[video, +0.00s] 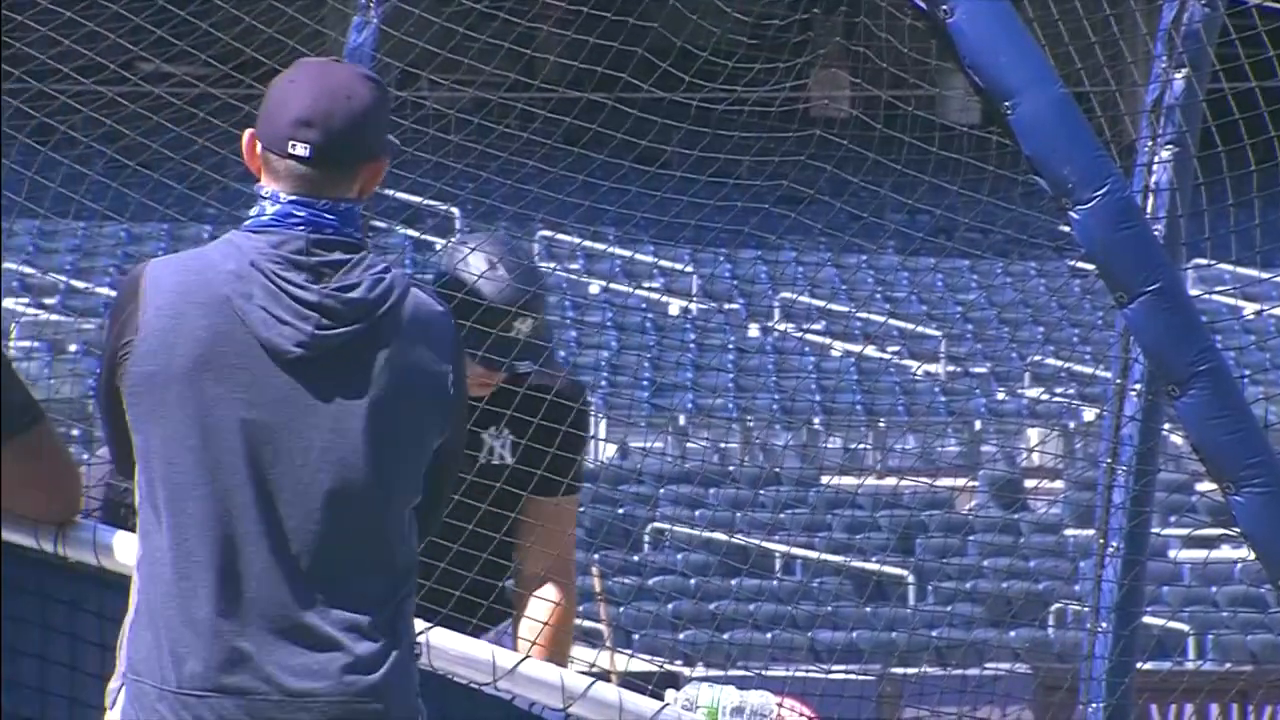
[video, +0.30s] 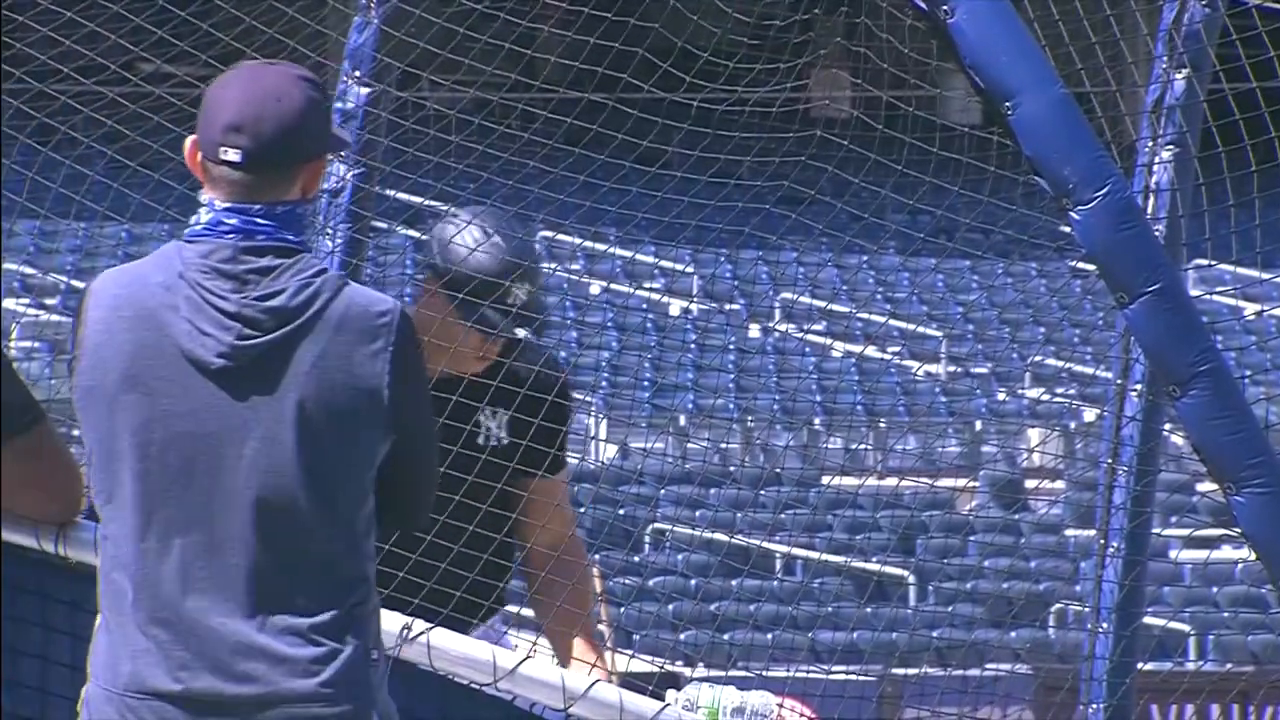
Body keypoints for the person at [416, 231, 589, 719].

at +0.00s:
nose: (495, 369)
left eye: (514, 355)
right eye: (480, 349)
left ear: (534, 341)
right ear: (433, 323)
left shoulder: (552, 405)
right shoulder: (384, 370)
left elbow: (546, 573)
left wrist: (533, 697)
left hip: (470, 645)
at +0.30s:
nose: (496, 345)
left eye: (510, 329)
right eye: (482, 324)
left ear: (525, 317)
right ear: (429, 291)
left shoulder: (534, 387)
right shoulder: (353, 354)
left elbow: (553, 545)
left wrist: (592, 681)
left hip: (455, 648)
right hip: (330, 627)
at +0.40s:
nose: (467, 342)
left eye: (478, 324)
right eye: (453, 320)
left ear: (490, 315)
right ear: (398, 290)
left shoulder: (497, 376)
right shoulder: (321, 356)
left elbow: (546, 533)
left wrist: (622, 666)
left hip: (437, 650)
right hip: (313, 632)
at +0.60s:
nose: (427, 325)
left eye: (438, 307)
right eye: (414, 304)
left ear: (450, 295)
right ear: (354, 276)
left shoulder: (452, 353)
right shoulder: (286, 347)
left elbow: (533, 473)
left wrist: (660, 548)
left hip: (418, 618)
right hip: (302, 612)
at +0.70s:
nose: (426, 319)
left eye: (436, 303)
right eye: (415, 299)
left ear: (447, 293)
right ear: (355, 272)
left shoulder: (449, 351)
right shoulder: (285, 345)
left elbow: (540, 451)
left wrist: (681, 501)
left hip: (419, 628)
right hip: (301, 622)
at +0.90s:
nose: (469, 319)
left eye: (462, 296)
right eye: (448, 295)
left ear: (471, 305)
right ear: (393, 277)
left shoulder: (488, 366)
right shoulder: (318, 357)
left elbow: (605, 435)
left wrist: (748, 465)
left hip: (439, 649)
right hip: (317, 635)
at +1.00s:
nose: (493, 322)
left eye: (503, 304)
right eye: (479, 300)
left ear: (512, 301)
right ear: (421, 282)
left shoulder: (513, 369)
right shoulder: (339, 368)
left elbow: (630, 452)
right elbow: (301, 520)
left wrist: (768, 492)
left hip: (447, 657)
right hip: (334, 646)